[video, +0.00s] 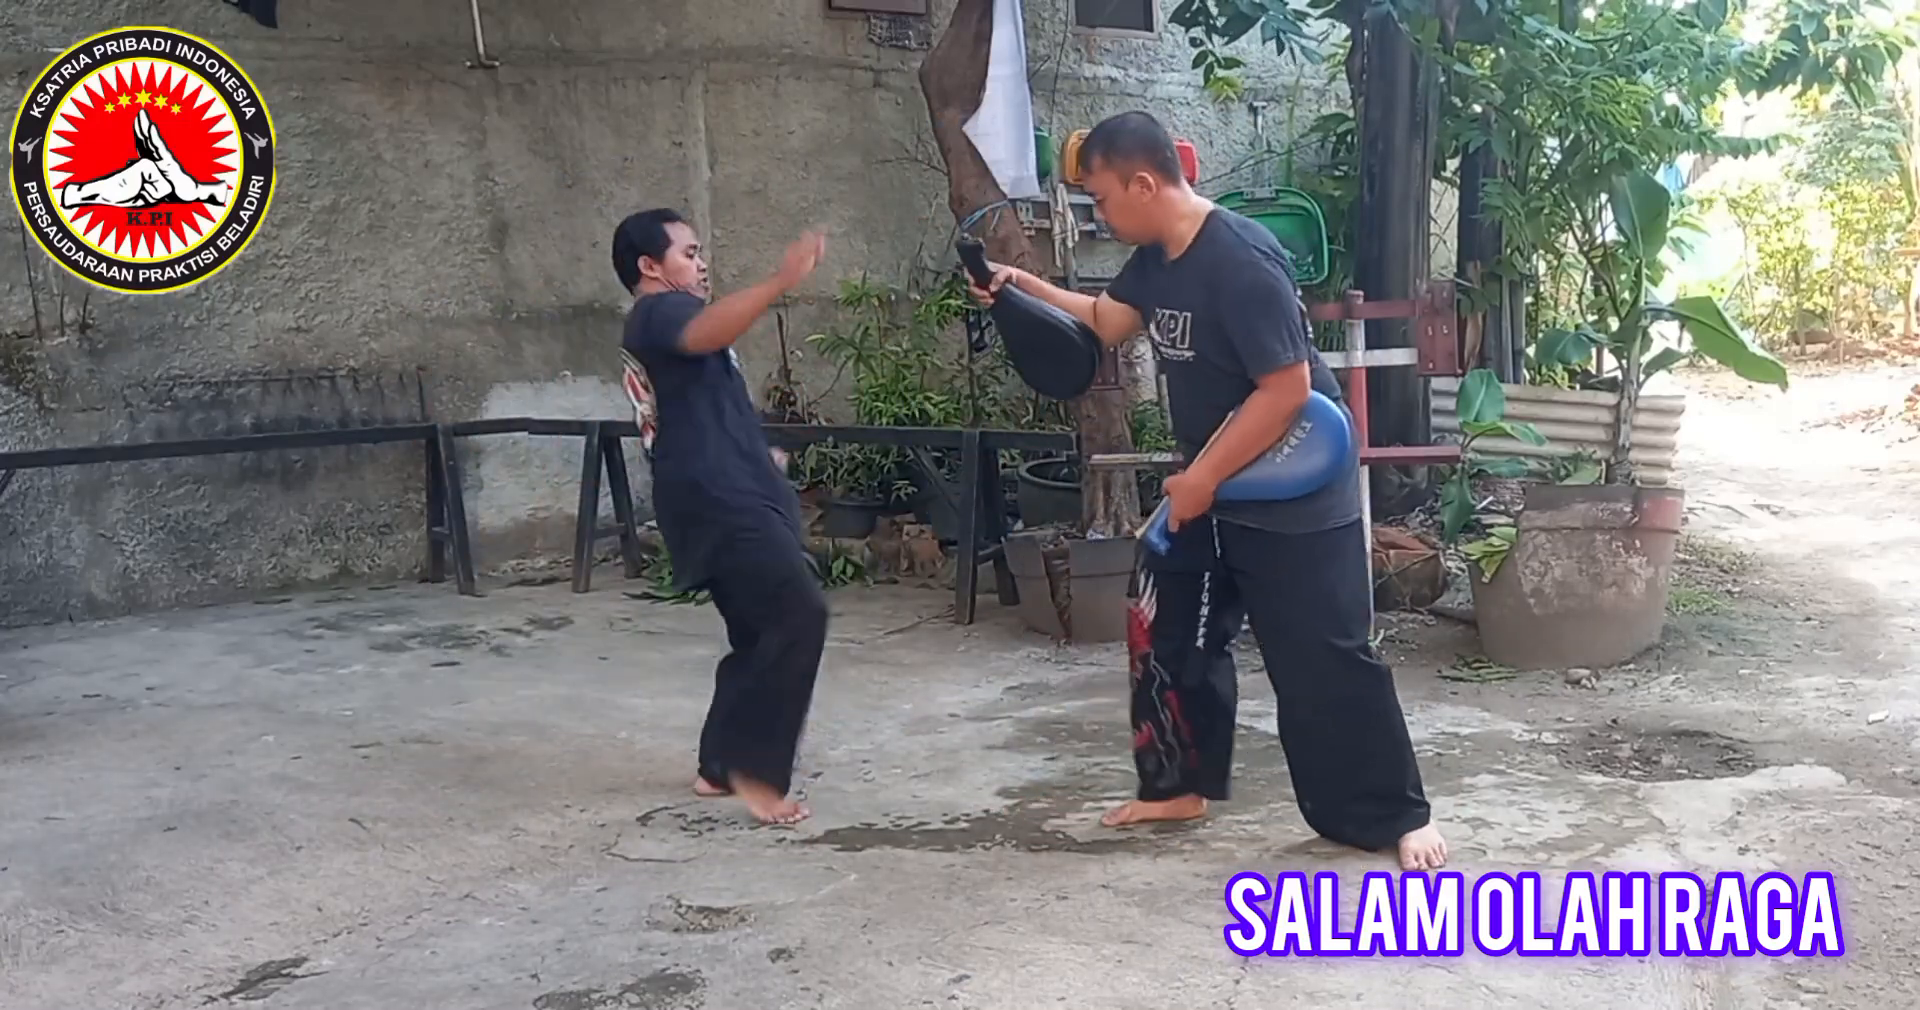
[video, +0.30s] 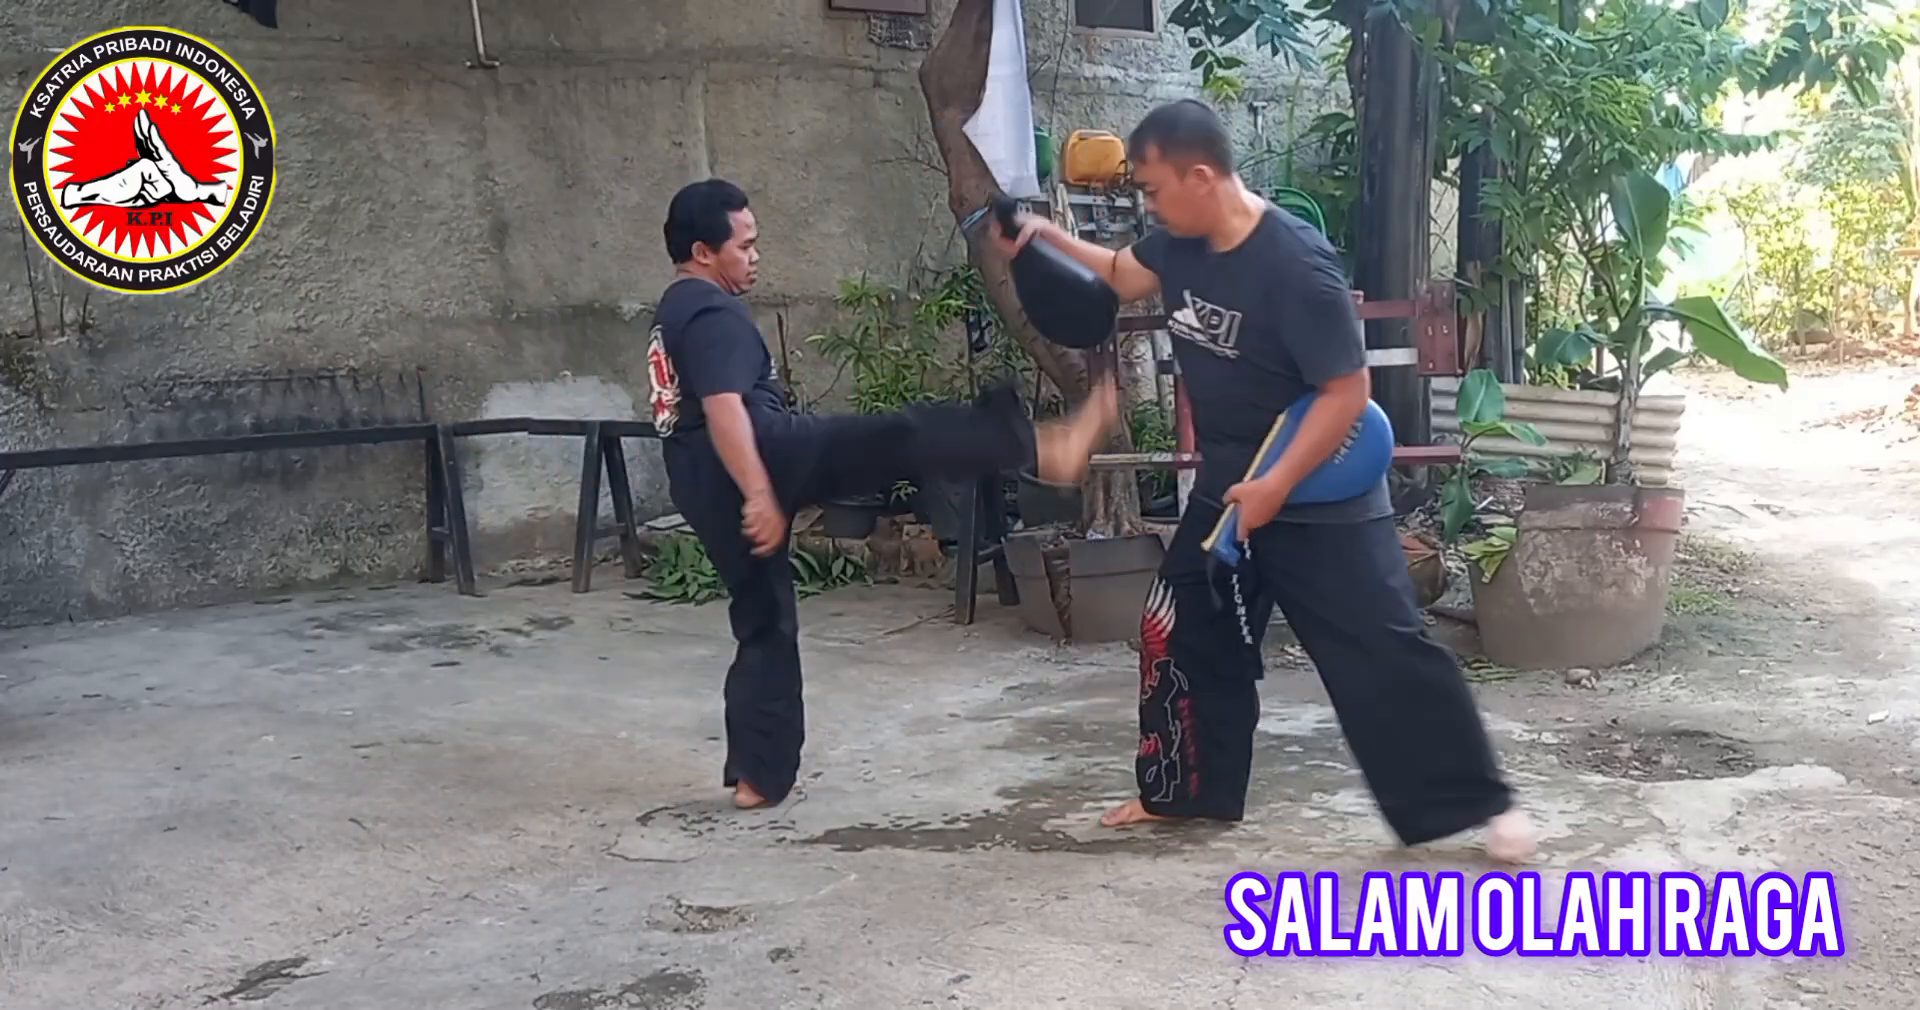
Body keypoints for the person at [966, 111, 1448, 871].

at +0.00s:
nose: (1099, 214)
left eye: (1102, 196)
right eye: (1095, 200)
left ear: (1150, 182)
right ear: (1148, 186)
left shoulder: (1243, 261)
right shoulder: (1156, 255)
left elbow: (1287, 386)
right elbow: (1107, 320)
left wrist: (1202, 475)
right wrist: (1021, 286)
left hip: (1298, 500)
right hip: (1213, 496)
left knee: (1330, 654)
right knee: (1182, 634)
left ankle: (1405, 818)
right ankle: (1182, 786)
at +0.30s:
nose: (1146, 202)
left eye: (1151, 186)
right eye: (1142, 188)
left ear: (1201, 174)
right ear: (1195, 176)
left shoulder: (1297, 261)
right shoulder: (1178, 240)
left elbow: (1348, 391)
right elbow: (1124, 275)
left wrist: (1277, 485)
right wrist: (1051, 238)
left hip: (1321, 484)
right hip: (1228, 482)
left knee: (1388, 643)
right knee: (1193, 634)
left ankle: (1490, 805)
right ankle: (1187, 791)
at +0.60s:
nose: (1283, 214)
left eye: (1289, 196)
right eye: (1278, 197)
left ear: (1348, 180)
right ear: (1330, 184)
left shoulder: (1471, 240)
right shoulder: (1291, 258)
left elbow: (1538, 364)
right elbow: (1217, 354)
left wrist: (1492, 465)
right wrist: (1182, 453)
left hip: (1482, 485)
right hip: (1363, 483)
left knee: (1536, 675)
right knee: (1291, 617)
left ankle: (1556, 858)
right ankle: (1323, 792)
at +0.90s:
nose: (1397, 155)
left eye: (1411, 136)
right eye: (1391, 137)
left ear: (1475, 123)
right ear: (1391, 128)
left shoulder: (1571, 216)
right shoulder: (1380, 194)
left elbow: (1611, 344)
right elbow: (1289, 275)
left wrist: (1593, 433)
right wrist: (1248, 352)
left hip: (1516, 481)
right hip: (1395, 470)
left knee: (1539, 665)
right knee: (1356, 633)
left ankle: (1556, 852)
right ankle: (1331, 797)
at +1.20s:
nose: (1441, 87)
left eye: (1456, 69)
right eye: (1439, 72)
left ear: (1523, 68)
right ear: (1459, 80)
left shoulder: (1607, 198)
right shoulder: (1435, 169)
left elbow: (1632, 344)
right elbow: (1402, 273)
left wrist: (1564, 420)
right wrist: (1378, 354)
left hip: (1539, 487)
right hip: (1420, 464)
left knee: (1539, 677)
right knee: (1365, 628)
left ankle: (1546, 854)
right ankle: (1327, 793)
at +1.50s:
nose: (1373, 102)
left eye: (1386, 82)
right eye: (1372, 86)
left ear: (1443, 79)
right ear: (1429, 86)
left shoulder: (1520, 188)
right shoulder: (1412, 188)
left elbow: (1522, 337)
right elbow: (1414, 326)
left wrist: (1409, 397)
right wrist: (1373, 411)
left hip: (1497, 483)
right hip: (1408, 468)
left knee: (1517, 671)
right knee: (1392, 647)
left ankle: (1543, 853)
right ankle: (1379, 806)